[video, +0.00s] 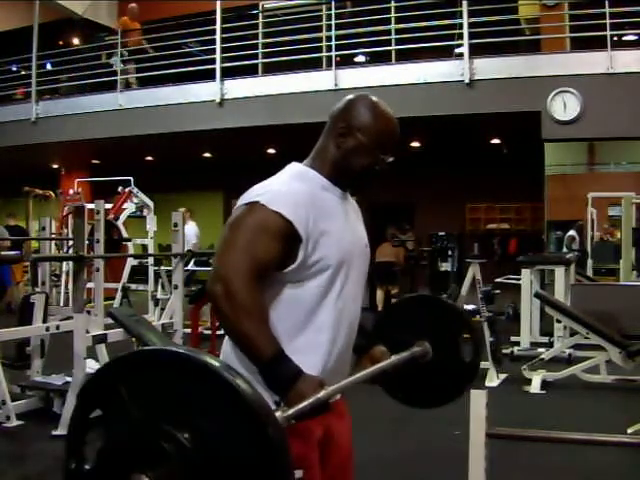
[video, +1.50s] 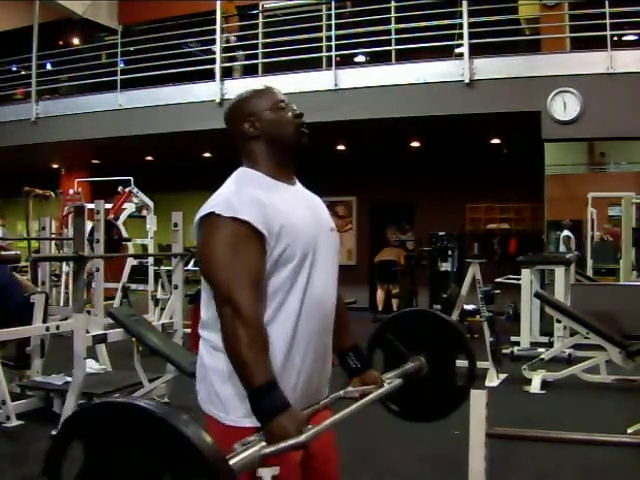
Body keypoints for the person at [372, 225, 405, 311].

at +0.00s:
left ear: (387, 238)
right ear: (397, 239)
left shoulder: (381, 247)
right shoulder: (399, 248)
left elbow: (376, 258)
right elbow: (401, 260)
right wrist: (401, 267)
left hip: (380, 265)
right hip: (392, 265)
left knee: (380, 288)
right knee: (394, 287)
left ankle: (379, 309)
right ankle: (395, 310)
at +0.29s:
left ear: (388, 242)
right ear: (398, 242)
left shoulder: (382, 249)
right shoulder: (400, 249)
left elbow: (377, 259)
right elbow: (402, 261)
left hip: (381, 263)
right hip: (393, 263)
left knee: (380, 287)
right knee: (394, 287)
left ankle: (379, 309)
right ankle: (395, 309)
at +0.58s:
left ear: (388, 243)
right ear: (399, 243)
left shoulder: (382, 251)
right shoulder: (400, 251)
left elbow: (376, 259)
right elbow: (402, 263)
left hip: (380, 264)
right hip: (392, 264)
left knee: (380, 288)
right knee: (394, 287)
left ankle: (379, 310)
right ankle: (395, 310)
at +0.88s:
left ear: (390, 245)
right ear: (401, 246)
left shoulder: (383, 250)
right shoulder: (401, 251)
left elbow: (376, 259)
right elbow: (402, 262)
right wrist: (403, 270)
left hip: (379, 263)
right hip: (392, 263)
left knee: (380, 287)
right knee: (394, 287)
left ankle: (379, 309)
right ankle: (395, 309)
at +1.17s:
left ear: (390, 245)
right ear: (400, 246)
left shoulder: (383, 250)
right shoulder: (400, 251)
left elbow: (376, 259)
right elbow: (402, 262)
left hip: (380, 263)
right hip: (393, 263)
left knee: (380, 287)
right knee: (394, 288)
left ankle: (379, 310)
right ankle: (395, 310)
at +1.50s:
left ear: (390, 245)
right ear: (400, 246)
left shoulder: (383, 250)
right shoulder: (400, 251)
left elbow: (376, 259)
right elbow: (402, 262)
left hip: (380, 263)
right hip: (393, 263)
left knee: (380, 287)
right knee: (394, 288)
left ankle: (379, 310)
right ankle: (395, 310)